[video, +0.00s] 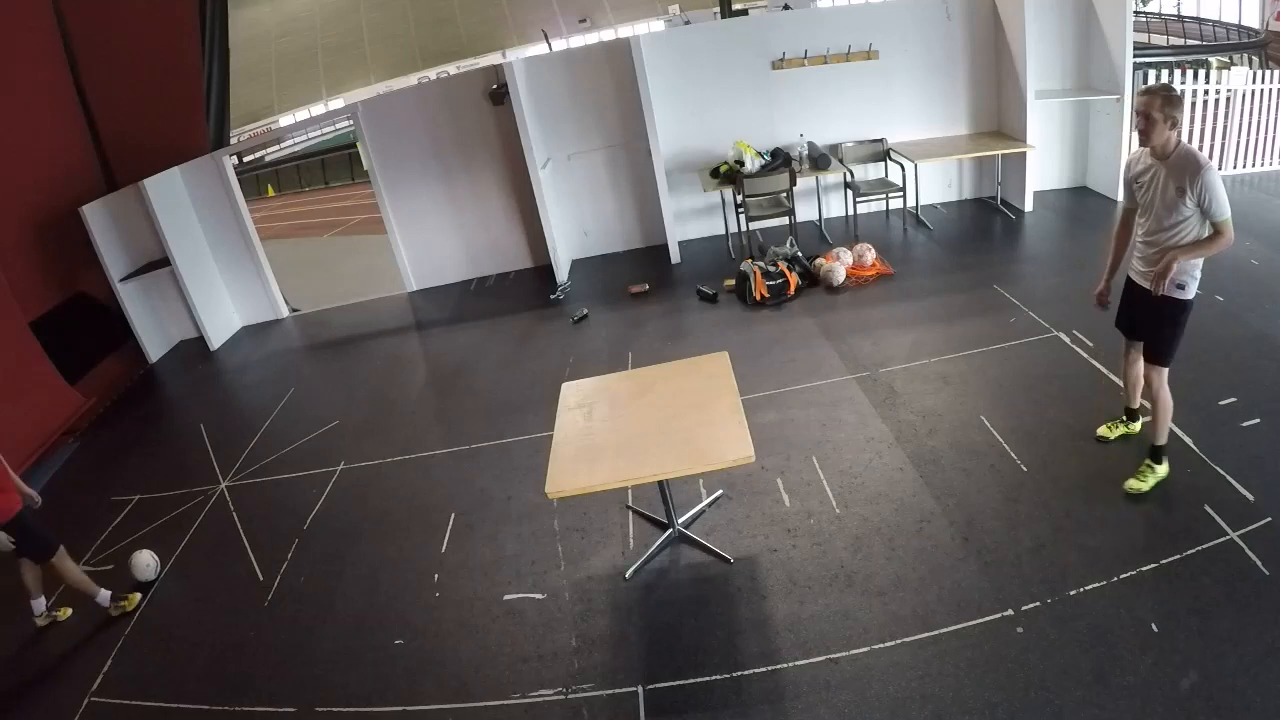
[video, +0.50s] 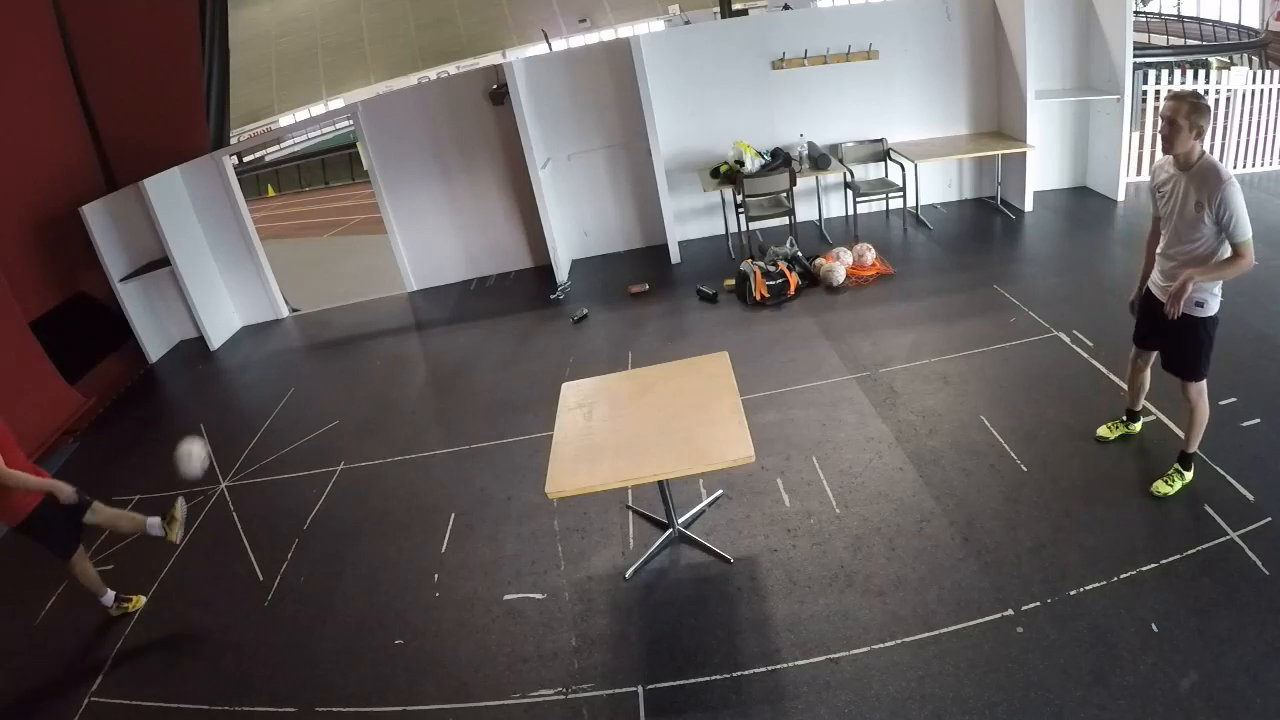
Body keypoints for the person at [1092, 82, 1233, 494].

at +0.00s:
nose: (1137, 123)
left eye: (1145, 118)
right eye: (1136, 115)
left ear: (1171, 122)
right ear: (1138, 118)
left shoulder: (1199, 172)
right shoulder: (1136, 163)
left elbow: (1224, 236)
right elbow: (1126, 221)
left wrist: (1176, 254)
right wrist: (1108, 278)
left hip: (1175, 288)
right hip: (1137, 278)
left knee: (1155, 372)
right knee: (1132, 349)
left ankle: (1157, 458)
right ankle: (1132, 416)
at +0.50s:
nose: (1162, 128)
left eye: (1172, 124)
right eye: (1162, 120)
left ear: (1198, 132)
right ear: (1161, 122)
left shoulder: (1221, 185)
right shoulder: (1160, 171)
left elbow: (1245, 259)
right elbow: (1155, 231)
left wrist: (1191, 275)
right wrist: (1141, 283)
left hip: (1195, 305)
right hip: (1156, 291)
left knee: (1193, 388)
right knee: (1139, 358)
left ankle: (1185, 463)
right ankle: (1131, 419)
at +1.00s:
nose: (1115, 137)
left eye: (1124, 133)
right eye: (1116, 130)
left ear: (1149, 141)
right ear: (1124, 135)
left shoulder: (1172, 190)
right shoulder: (1123, 177)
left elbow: (1191, 269)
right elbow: (1122, 231)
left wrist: (1136, 300)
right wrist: (1100, 276)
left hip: (1166, 307)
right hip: (1127, 291)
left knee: (1174, 389)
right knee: (1091, 347)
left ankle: (1183, 463)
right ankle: (1086, 404)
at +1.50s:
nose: (1018, 132)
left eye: (1024, 125)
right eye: (1018, 124)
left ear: (1049, 127)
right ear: (1042, 128)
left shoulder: (1078, 175)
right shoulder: (1039, 161)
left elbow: (1110, 245)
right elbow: (1040, 217)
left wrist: (1124, 310)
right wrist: (1014, 250)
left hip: (1055, 285)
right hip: (1028, 267)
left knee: (1013, 348)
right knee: (986, 323)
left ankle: (1024, 417)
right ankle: (1029, 367)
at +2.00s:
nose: (936, 133)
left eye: (939, 126)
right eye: (936, 125)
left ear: (961, 125)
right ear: (965, 124)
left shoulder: (988, 175)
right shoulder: (975, 159)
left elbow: (985, 249)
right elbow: (970, 227)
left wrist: (939, 292)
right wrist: (953, 264)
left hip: (977, 285)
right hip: (954, 270)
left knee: (957, 357)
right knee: (928, 332)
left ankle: (1011, 405)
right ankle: (931, 399)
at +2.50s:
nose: (898, 132)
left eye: (903, 125)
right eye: (898, 125)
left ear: (924, 126)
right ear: (926, 126)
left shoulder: (943, 175)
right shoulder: (934, 163)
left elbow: (924, 248)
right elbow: (924, 230)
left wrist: (879, 296)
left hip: (928, 278)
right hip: (908, 259)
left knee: (902, 353)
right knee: (839, 283)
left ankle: (931, 413)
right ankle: (875, 347)